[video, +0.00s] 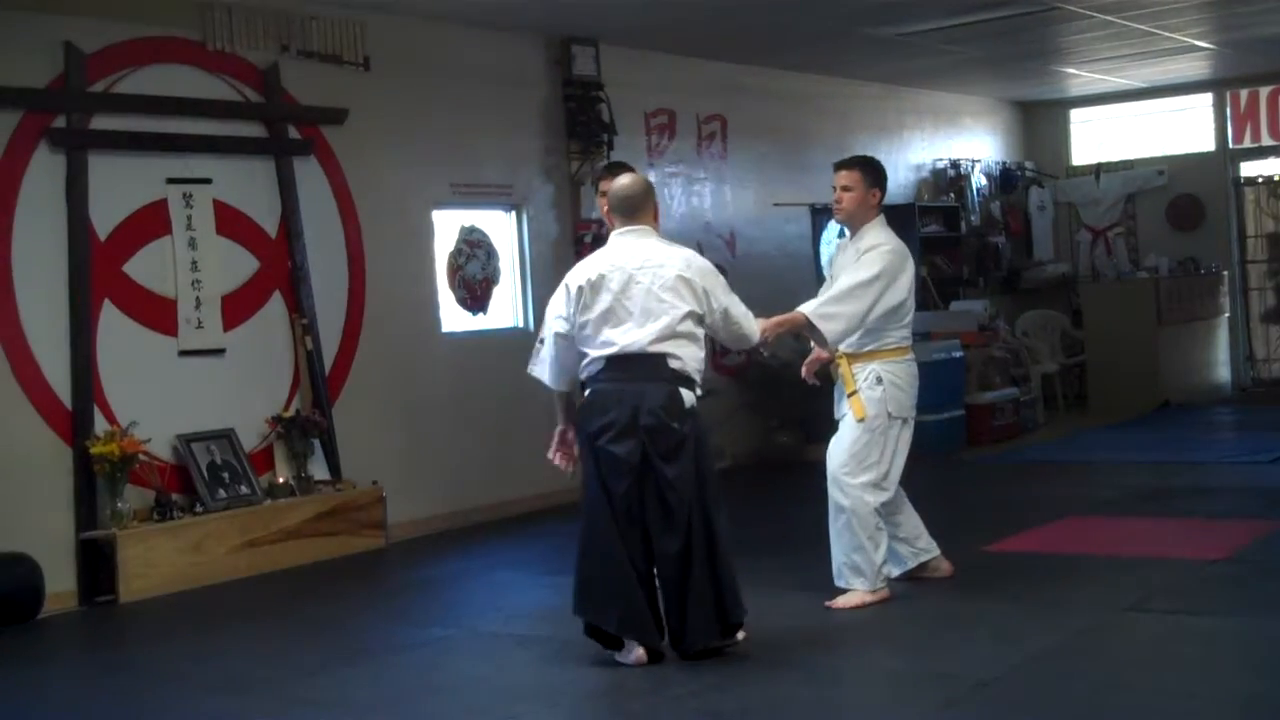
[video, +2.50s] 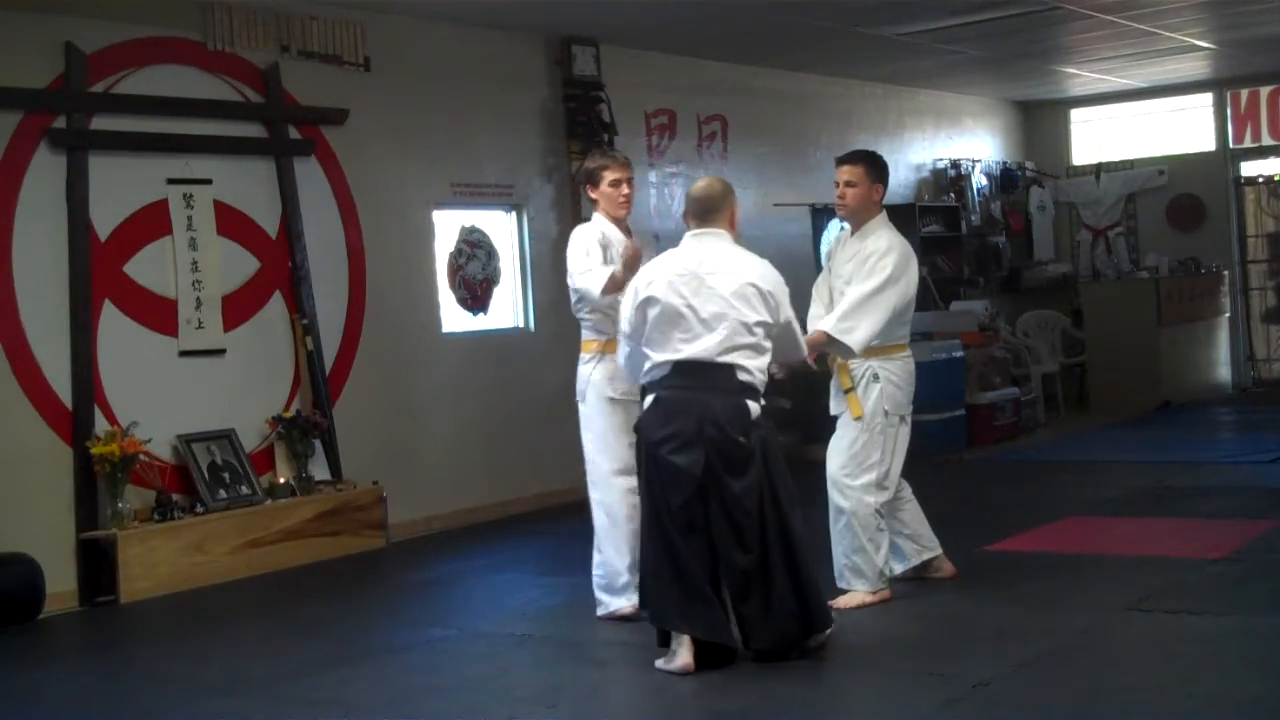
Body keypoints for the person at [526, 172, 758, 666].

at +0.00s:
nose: (601, 214)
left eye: (601, 208)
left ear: (608, 215)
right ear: (656, 212)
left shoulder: (583, 273)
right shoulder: (688, 264)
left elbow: (558, 357)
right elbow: (742, 332)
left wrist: (564, 421)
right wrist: (777, 324)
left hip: (604, 400)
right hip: (668, 396)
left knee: (615, 518)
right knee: (686, 513)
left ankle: (635, 639)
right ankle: (706, 629)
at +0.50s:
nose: (595, 216)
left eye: (596, 210)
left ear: (605, 215)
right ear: (653, 211)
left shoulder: (581, 274)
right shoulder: (687, 265)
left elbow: (551, 369)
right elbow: (738, 339)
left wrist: (579, 402)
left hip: (606, 401)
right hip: (671, 398)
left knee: (616, 517)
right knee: (689, 511)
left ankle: (635, 638)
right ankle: (714, 623)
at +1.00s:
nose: (747, 221)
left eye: (743, 213)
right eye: (745, 214)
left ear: (695, 220)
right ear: (738, 218)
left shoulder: (663, 266)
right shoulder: (759, 274)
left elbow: (634, 321)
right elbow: (810, 351)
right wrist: (812, 375)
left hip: (665, 400)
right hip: (730, 403)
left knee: (661, 519)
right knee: (760, 516)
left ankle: (643, 637)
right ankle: (808, 623)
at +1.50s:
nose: (856, 236)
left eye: (855, 228)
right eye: (856, 228)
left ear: (808, 223)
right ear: (844, 227)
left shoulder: (771, 261)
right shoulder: (845, 277)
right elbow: (910, 336)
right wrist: (941, 346)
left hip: (714, 381)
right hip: (774, 393)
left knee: (693, 502)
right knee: (802, 513)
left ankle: (650, 612)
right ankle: (815, 624)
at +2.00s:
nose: (847, 232)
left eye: (846, 224)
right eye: (845, 224)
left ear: (792, 221)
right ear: (831, 224)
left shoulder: (755, 259)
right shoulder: (837, 275)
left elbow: (736, 307)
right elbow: (895, 334)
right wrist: (930, 358)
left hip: (714, 378)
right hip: (777, 388)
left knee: (697, 501)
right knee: (797, 513)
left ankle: (674, 609)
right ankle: (811, 625)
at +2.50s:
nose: (738, 221)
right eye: (737, 214)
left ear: (685, 219)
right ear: (733, 216)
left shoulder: (650, 276)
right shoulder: (761, 273)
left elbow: (631, 360)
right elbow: (791, 354)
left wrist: (673, 372)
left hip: (668, 410)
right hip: (737, 409)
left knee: (675, 526)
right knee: (755, 519)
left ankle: (683, 644)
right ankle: (792, 625)